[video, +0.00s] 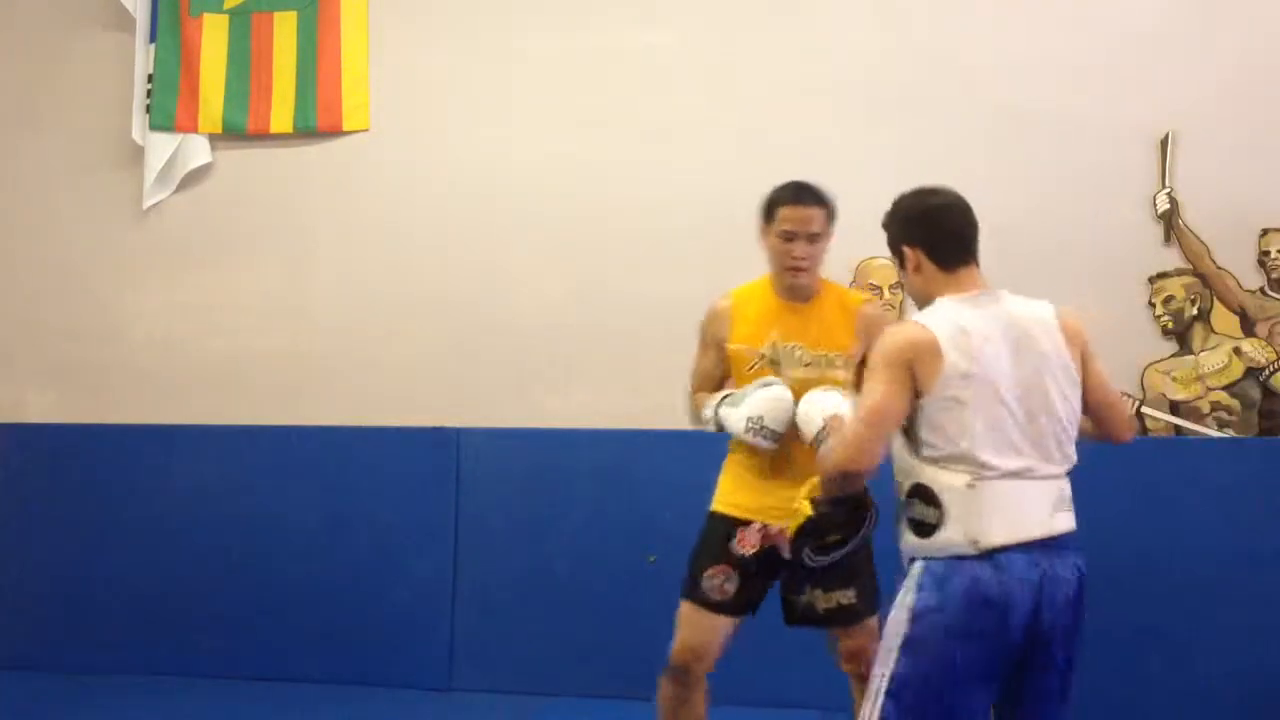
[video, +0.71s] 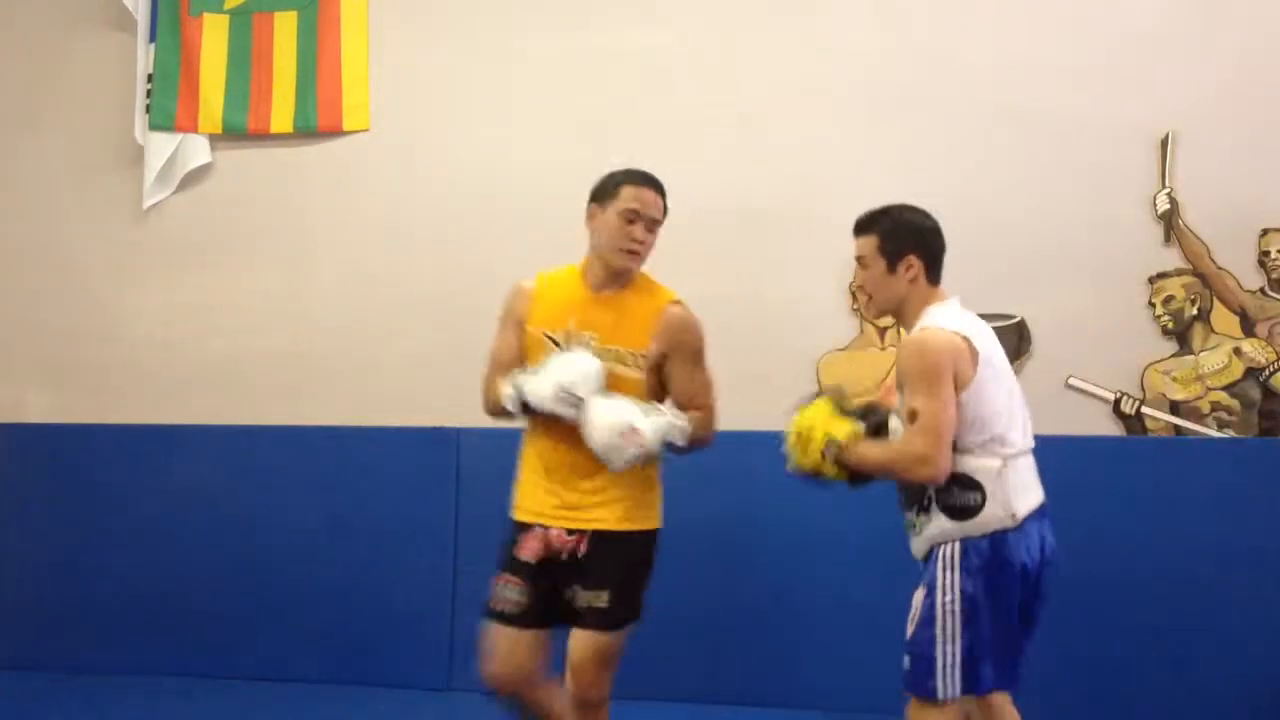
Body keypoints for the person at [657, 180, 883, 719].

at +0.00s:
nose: (799, 251)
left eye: (812, 239)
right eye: (787, 237)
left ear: (829, 242)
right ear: (765, 238)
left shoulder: (864, 316)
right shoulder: (728, 313)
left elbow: (891, 401)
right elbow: (699, 401)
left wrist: (848, 420)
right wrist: (730, 410)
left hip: (830, 511)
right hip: (743, 509)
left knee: (863, 659)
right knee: (686, 660)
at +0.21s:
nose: (719, 266)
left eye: (730, 253)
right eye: (707, 252)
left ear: (745, 255)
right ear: (681, 252)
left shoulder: (784, 328)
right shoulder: (653, 331)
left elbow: (835, 398)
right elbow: (630, 424)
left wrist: (805, 429)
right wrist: (674, 417)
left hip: (760, 523)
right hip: (672, 518)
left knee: (811, 677)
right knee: (633, 664)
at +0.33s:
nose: (677, 256)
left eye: (689, 244)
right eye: (666, 241)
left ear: (702, 245)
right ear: (641, 240)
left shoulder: (740, 313)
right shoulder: (609, 319)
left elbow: (785, 383)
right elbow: (582, 415)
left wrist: (762, 422)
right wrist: (631, 407)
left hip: (724, 514)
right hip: (641, 513)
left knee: (741, 664)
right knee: (630, 665)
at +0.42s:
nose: (658, 246)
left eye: (670, 234)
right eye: (647, 231)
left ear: (683, 238)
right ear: (621, 231)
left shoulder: (719, 307)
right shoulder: (585, 311)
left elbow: (761, 378)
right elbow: (555, 408)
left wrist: (736, 418)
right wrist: (606, 400)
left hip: (704, 503)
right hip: (624, 504)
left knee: (689, 661)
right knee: (629, 664)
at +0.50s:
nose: (647, 242)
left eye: (660, 232)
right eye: (636, 227)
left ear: (671, 238)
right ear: (606, 227)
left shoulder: (703, 312)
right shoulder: (565, 311)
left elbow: (743, 387)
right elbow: (532, 408)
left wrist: (713, 421)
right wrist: (580, 404)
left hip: (679, 505)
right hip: (602, 507)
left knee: (637, 667)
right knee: (616, 669)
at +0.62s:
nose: (643, 240)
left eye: (654, 231)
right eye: (631, 225)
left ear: (662, 240)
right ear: (597, 226)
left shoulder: (684, 324)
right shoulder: (544, 312)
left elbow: (717, 413)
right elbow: (506, 409)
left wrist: (679, 435)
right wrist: (553, 404)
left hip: (636, 517)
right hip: (561, 512)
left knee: (589, 684)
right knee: (564, 673)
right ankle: (614, 710)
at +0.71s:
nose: (642, 233)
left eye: (653, 225)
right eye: (631, 218)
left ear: (659, 235)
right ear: (593, 216)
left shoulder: (672, 322)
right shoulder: (532, 298)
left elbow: (702, 423)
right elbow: (492, 396)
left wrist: (653, 428)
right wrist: (534, 391)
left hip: (619, 521)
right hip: (538, 511)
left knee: (586, 687)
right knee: (506, 672)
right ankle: (568, 712)